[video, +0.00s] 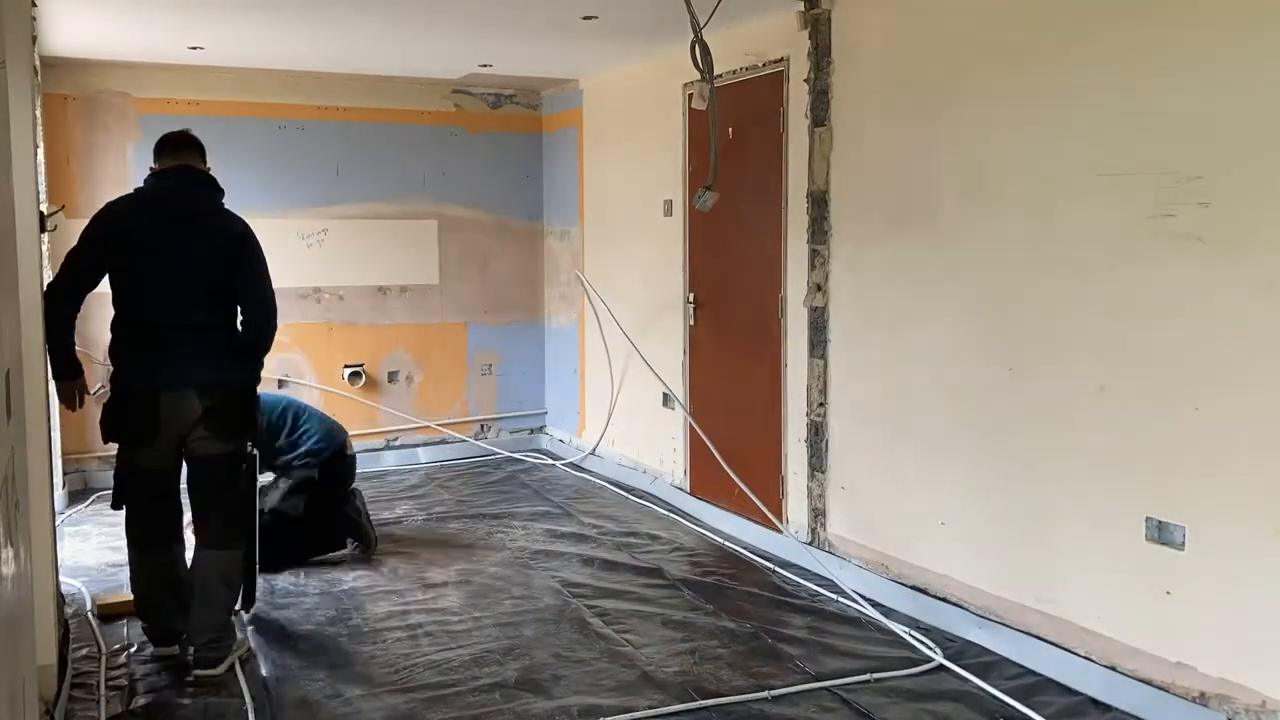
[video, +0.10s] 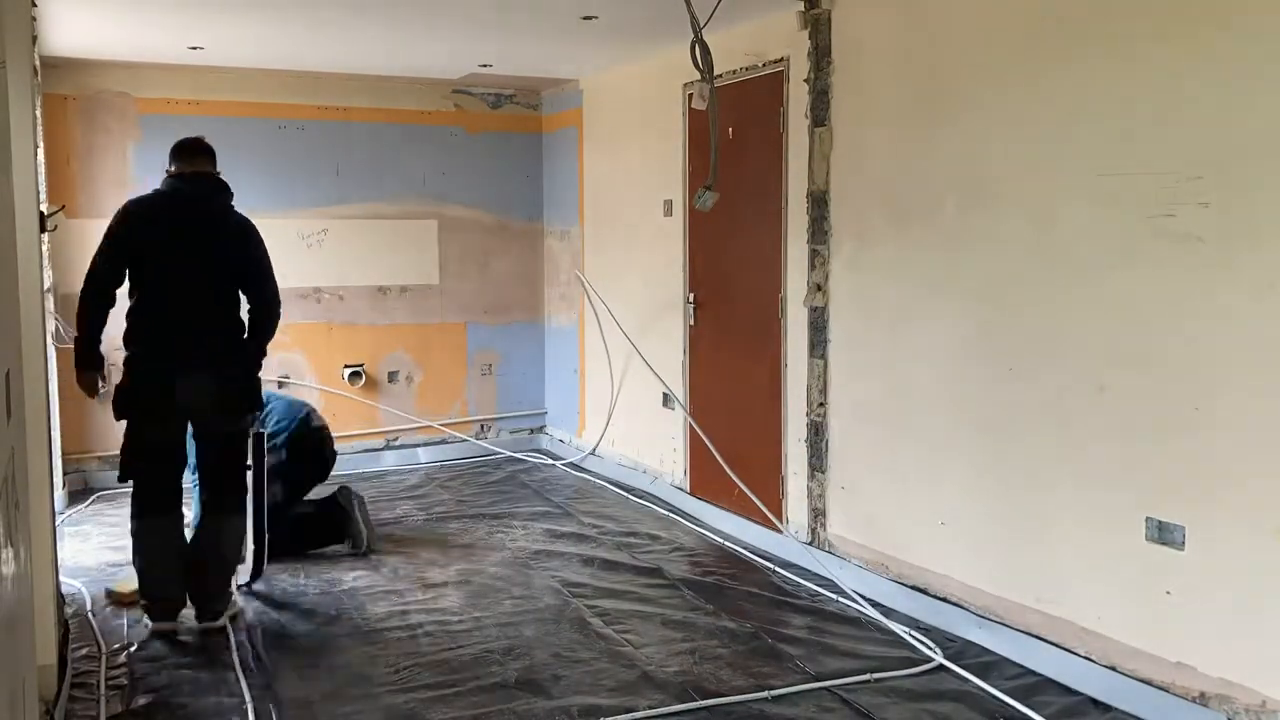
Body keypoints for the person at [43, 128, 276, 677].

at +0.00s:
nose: (185, 173)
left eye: (171, 164)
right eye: (196, 164)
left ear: (154, 168)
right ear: (206, 169)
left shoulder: (120, 217)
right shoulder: (232, 228)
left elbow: (61, 295)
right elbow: (262, 312)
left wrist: (66, 371)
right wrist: (240, 380)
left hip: (142, 394)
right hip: (218, 394)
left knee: (150, 515)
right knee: (220, 518)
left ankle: (166, 635)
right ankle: (210, 651)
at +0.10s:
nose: (193, 177)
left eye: (182, 168)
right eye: (201, 169)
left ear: (170, 170)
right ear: (216, 171)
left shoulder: (137, 215)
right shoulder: (237, 225)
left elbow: (97, 287)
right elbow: (267, 301)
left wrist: (87, 356)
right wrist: (250, 357)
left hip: (153, 375)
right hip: (220, 374)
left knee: (155, 485)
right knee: (223, 483)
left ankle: (163, 605)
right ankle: (212, 600)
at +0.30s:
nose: (174, 192)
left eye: (157, 185)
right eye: (178, 185)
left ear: (144, 187)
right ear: (184, 186)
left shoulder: (117, 226)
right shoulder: (205, 232)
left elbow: (91, 294)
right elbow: (233, 296)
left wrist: (83, 353)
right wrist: (226, 341)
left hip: (135, 354)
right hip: (195, 353)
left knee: (139, 451)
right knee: (201, 446)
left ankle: (149, 558)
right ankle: (191, 538)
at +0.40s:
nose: (120, 195)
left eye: (115, 189)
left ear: (112, 189)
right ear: (148, 185)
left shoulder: (90, 226)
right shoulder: (171, 223)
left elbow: (79, 293)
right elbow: (200, 285)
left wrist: (79, 348)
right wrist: (221, 339)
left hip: (116, 342)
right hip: (169, 339)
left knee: (123, 436)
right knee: (182, 429)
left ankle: (133, 518)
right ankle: (184, 514)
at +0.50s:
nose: (122, 195)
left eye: (119, 189)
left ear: (116, 189)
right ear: (152, 186)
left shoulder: (94, 227)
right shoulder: (175, 223)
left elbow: (84, 293)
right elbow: (204, 286)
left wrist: (85, 346)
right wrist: (225, 339)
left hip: (120, 341)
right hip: (173, 339)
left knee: (126, 435)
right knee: (183, 430)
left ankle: (133, 519)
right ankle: (183, 515)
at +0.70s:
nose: (216, 208)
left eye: (218, 201)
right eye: (216, 200)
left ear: (195, 193)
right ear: (200, 193)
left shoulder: (171, 223)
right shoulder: (180, 228)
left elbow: (169, 285)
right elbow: (171, 287)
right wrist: (200, 331)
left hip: (174, 328)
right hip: (181, 331)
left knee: (178, 405)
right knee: (187, 407)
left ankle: (176, 481)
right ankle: (179, 483)